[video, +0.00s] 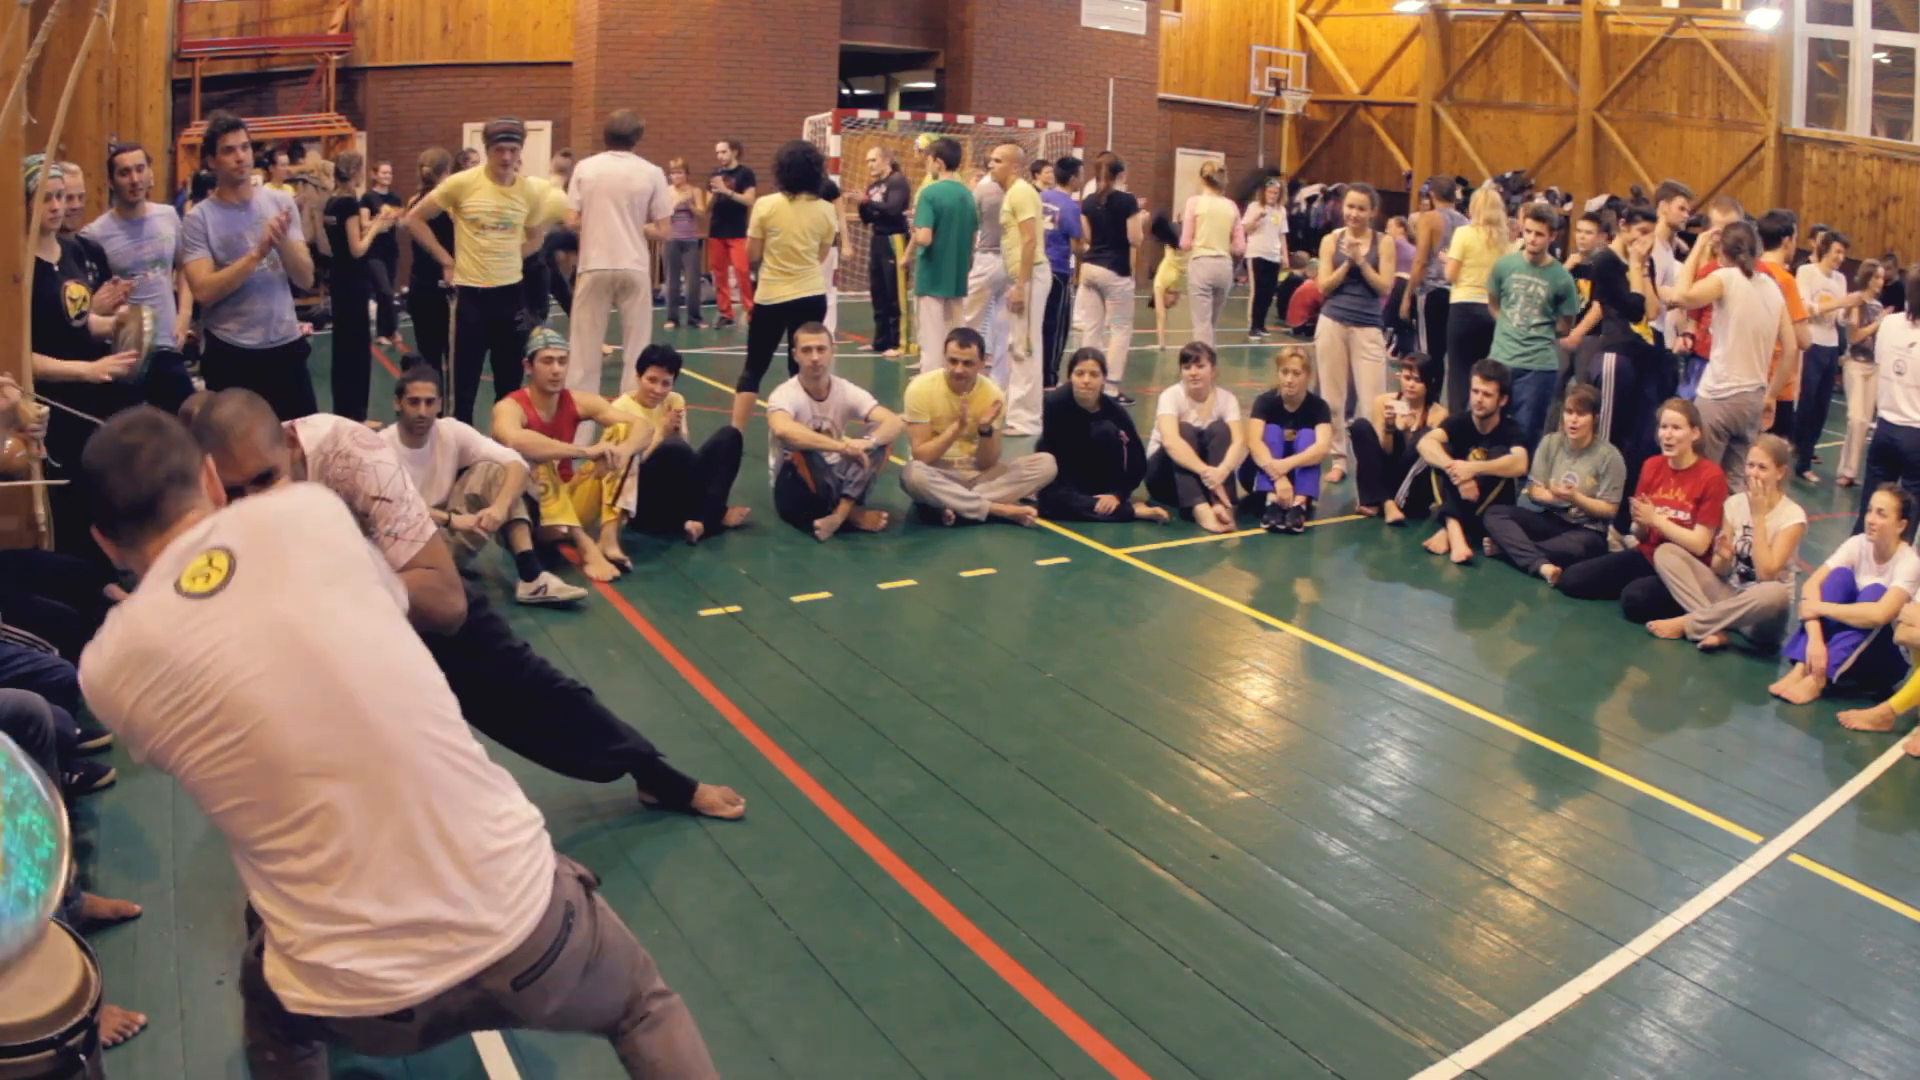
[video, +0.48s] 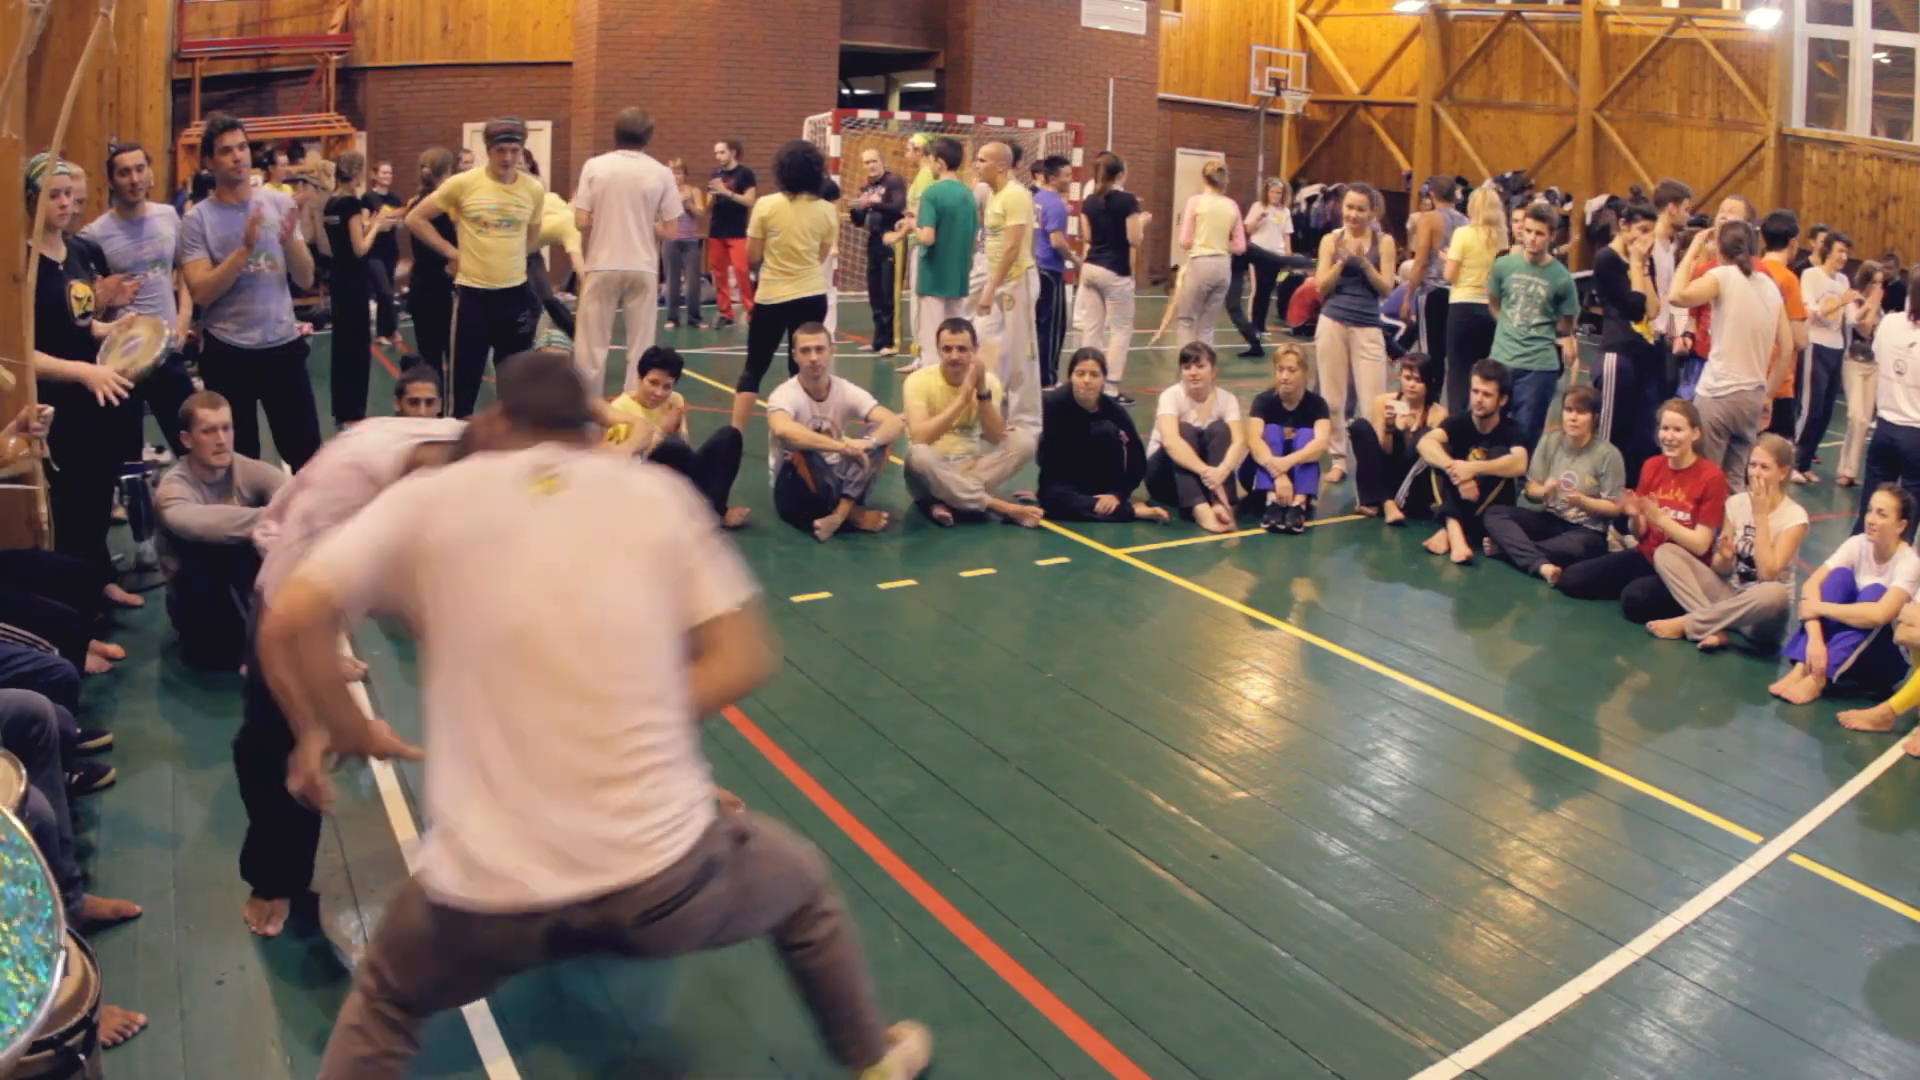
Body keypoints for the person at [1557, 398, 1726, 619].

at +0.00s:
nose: (1667, 435)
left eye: (1676, 428)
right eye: (1663, 427)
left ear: (1695, 433)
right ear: (1657, 430)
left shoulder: (1712, 476)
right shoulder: (1652, 465)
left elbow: (1700, 545)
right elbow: (1639, 534)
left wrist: (1654, 520)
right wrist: (1641, 520)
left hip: (1684, 567)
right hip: (1647, 555)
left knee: (1634, 601)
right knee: (1570, 581)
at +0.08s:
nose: (1667, 435)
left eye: (1676, 428)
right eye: (1663, 427)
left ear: (1695, 433)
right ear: (1657, 430)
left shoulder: (1712, 476)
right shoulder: (1652, 465)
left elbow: (1701, 545)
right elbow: (1639, 534)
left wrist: (1654, 520)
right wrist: (1640, 519)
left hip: (1683, 567)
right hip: (1646, 556)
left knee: (1634, 601)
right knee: (1570, 582)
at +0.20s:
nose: (1668, 436)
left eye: (1677, 429)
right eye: (1664, 428)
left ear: (1696, 434)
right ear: (1657, 431)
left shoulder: (1712, 477)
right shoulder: (1652, 466)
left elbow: (1701, 545)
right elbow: (1641, 533)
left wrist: (1661, 520)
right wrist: (1632, 517)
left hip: (1683, 567)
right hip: (1647, 556)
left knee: (1634, 601)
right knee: (1570, 582)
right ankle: (1636, 581)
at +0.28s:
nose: (1669, 436)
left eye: (1678, 429)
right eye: (1664, 428)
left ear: (1696, 434)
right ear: (1657, 431)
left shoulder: (1712, 477)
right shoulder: (1652, 466)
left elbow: (1701, 545)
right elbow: (1641, 533)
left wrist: (1661, 520)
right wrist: (1633, 515)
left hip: (1683, 567)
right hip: (1647, 556)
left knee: (1634, 601)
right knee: (1570, 581)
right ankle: (1636, 580)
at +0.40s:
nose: (1669, 436)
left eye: (1678, 429)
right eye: (1665, 428)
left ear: (1696, 434)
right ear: (1657, 431)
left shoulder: (1712, 477)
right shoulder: (1652, 466)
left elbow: (1699, 545)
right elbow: (1638, 534)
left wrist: (1653, 519)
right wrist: (1642, 519)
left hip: (1683, 567)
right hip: (1646, 556)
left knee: (1634, 601)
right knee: (1570, 581)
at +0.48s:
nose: (1669, 436)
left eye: (1678, 430)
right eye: (1664, 429)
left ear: (1696, 434)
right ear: (1657, 431)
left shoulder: (1712, 476)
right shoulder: (1652, 466)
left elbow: (1700, 545)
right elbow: (1639, 534)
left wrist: (1657, 518)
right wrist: (1635, 515)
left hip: (1683, 567)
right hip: (1646, 556)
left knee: (1634, 601)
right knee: (1570, 581)